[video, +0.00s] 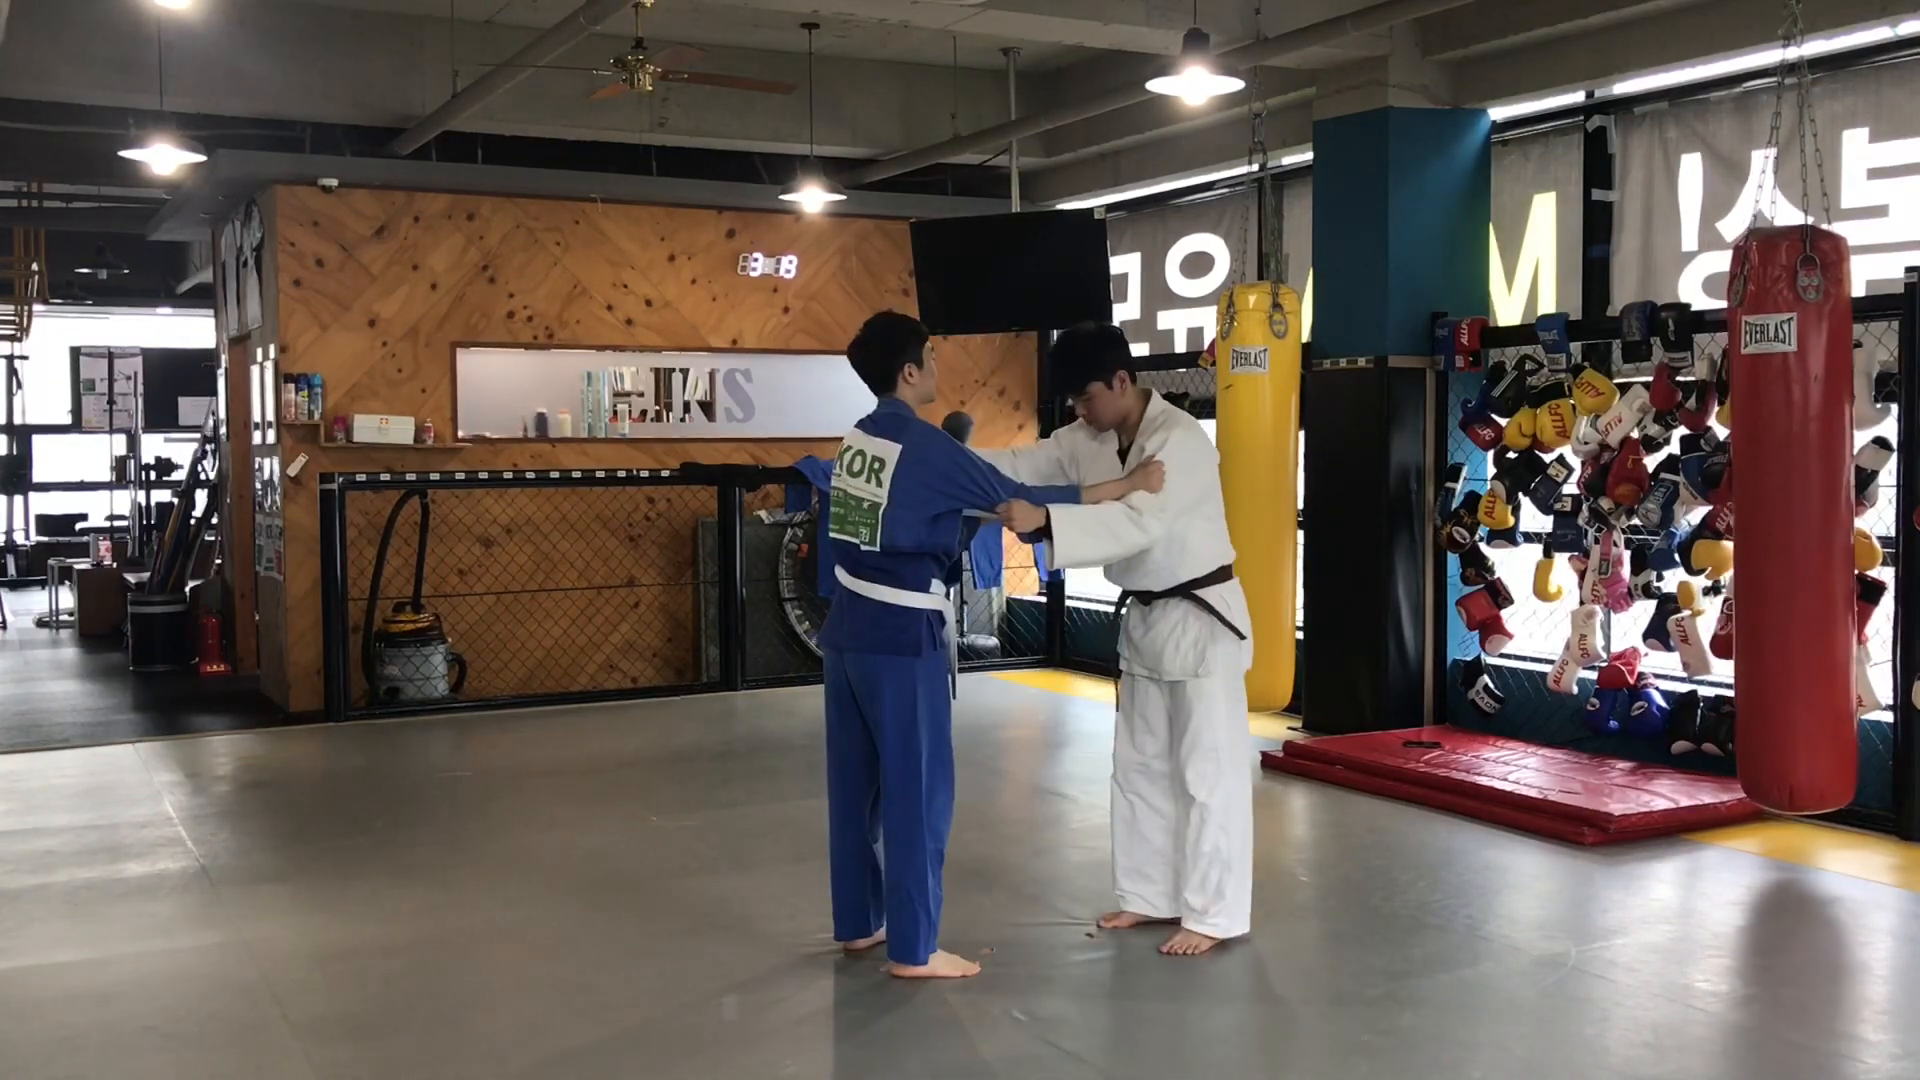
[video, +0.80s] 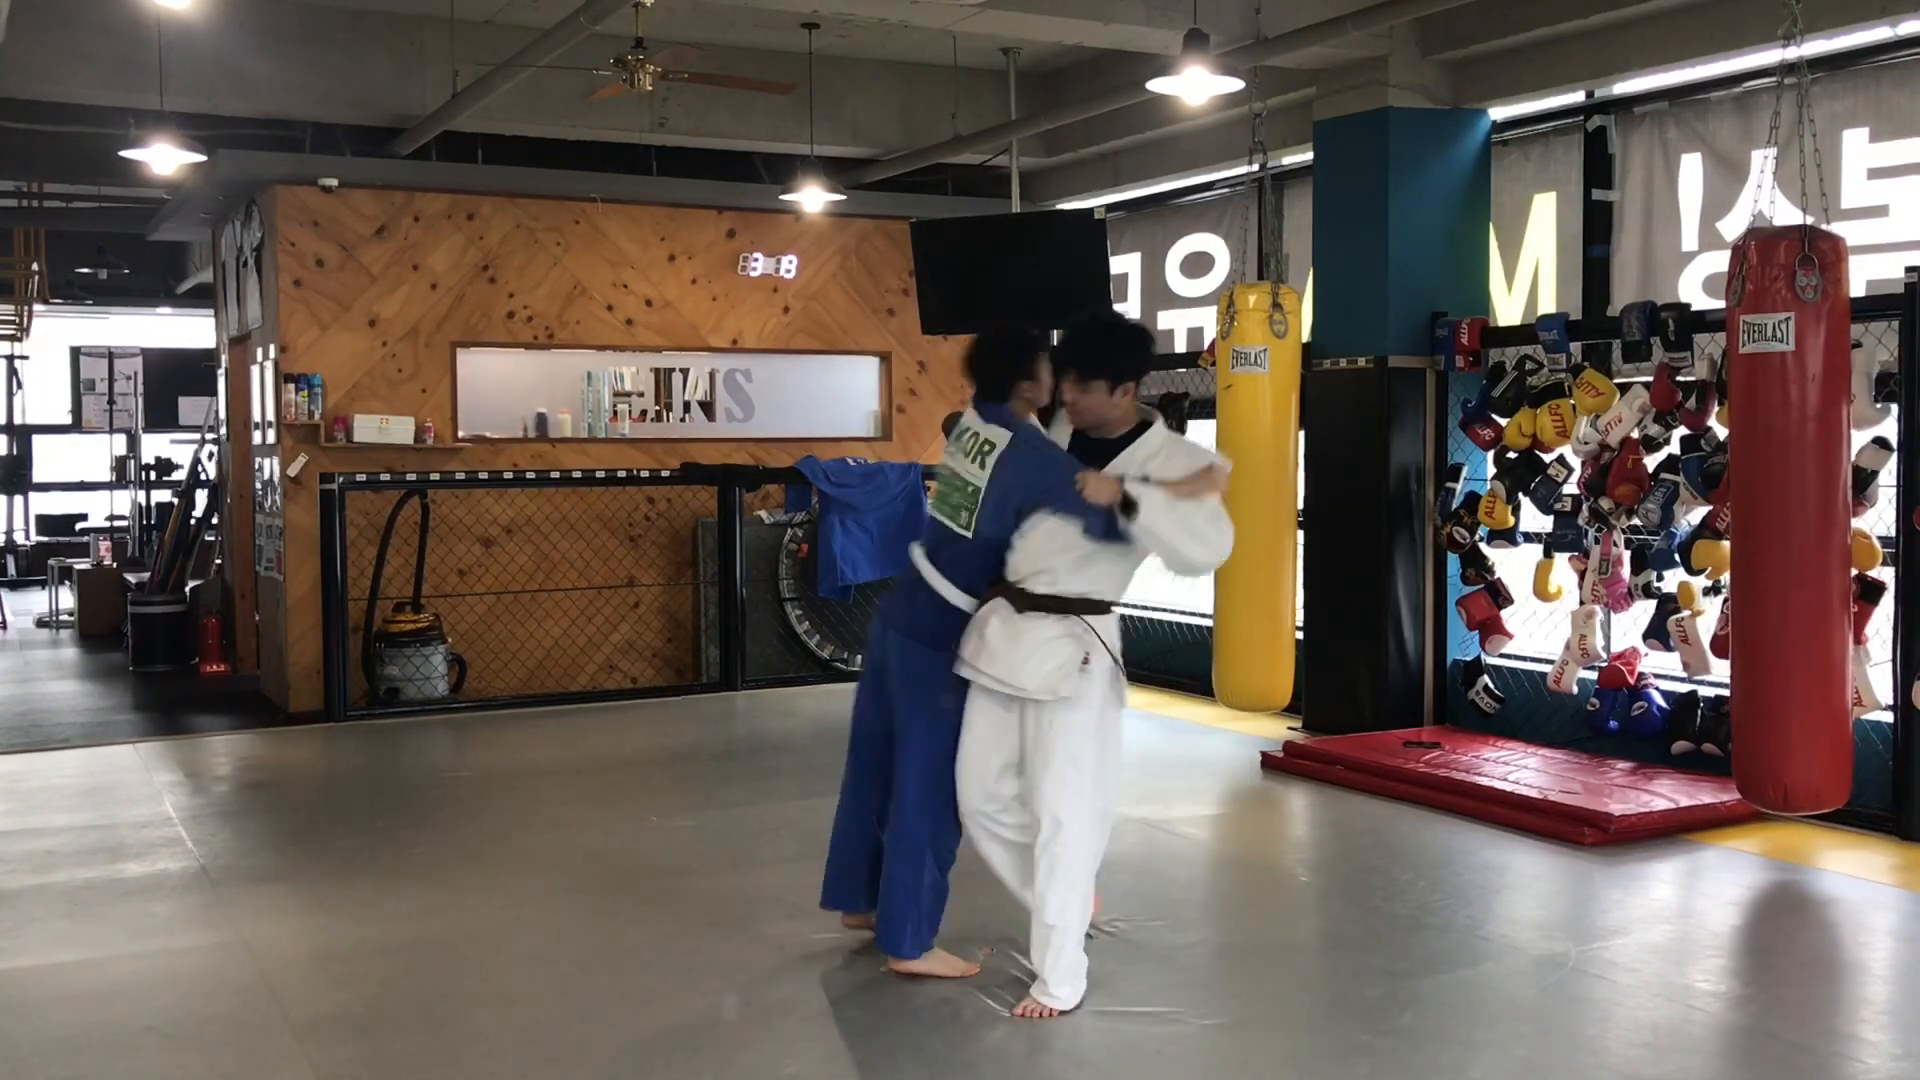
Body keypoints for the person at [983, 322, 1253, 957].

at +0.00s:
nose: (1076, 411)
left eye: (1082, 398)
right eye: (1072, 401)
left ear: (1121, 381)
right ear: (1109, 387)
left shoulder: (1180, 439)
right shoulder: (1085, 441)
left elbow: (1143, 522)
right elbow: (1013, 468)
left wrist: (1046, 521)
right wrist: (939, 464)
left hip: (1202, 616)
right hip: (1143, 617)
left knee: (1210, 774)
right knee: (1144, 769)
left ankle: (1215, 915)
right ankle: (1150, 897)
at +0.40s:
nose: (1094, 400)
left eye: (1102, 386)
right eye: (1090, 388)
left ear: (1143, 377)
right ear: (1114, 384)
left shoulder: (1192, 442)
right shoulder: (1097, 443)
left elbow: (1152, 498)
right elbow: (1037, 487)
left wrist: (1055, 477)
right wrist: (967, 460)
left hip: (1177, 627)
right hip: (1119, 623)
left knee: (1143, 776)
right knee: (1111, 776)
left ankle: (1183, 906)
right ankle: (1133, 902)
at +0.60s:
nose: (1099, 413)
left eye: (1108, 399)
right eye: (1097, 400)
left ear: (1152, 393)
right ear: (1141, 397)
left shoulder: (1192, 454)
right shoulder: (1120, 455)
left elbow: (1157, 478)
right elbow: (1056, 517)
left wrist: (1067, 450)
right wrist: (988, 488)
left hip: (1137, 647)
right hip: (1082, 640)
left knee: (1072, 781)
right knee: (1118, 784)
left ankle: (1083, 945)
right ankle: (1140, 900)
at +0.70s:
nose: (1090, 407)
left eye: (1099, 394)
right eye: (1088, 395)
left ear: (1144, 391)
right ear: (1128, 396)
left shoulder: (1198, 449)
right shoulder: (1095, 451)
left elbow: (1179, 498)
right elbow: (1035, 519)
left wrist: (1095, 457)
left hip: (1106, 650)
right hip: (1047, 639)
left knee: (1067, 809)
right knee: (1054, 791)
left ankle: (1055, 975)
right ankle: (1104, 883)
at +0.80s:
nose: (1065, 398)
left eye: (1078, 387)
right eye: (1064, 385)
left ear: (1124, 393)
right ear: (1067, 386)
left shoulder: (1164, 454)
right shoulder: (1055, 439)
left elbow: (1210, 545)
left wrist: (1129, 496)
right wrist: (973, 437)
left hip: (1076, 647)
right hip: (1005, 632)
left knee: (1063, 814)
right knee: (983, 798)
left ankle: (1059, 981)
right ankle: (1067, 895)